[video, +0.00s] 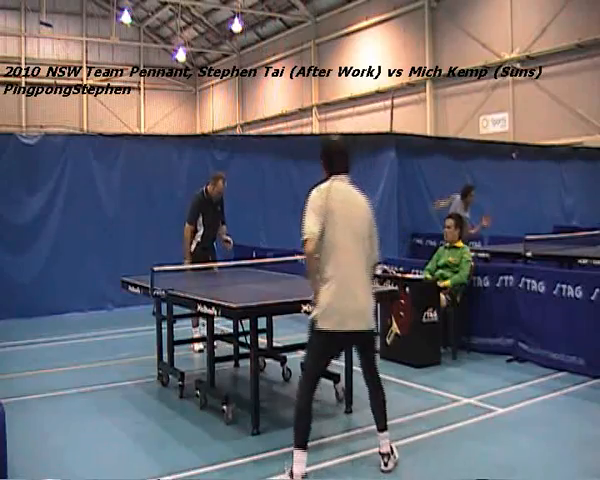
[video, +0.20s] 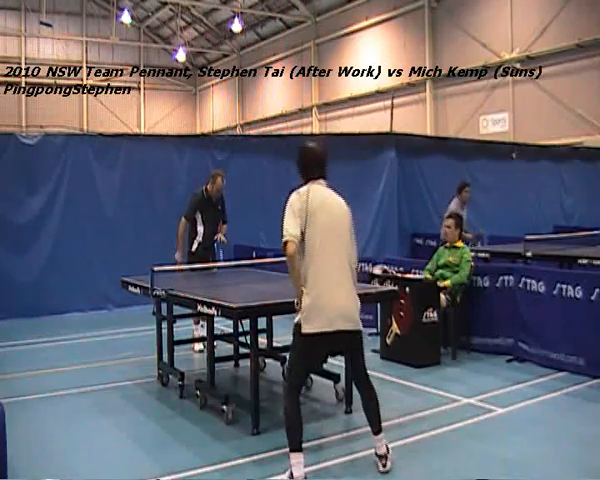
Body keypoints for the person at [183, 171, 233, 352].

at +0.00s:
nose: (220, 193)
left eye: (222, 190)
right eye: (218, 190)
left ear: (222, 189)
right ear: (210, 186)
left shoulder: (219, 199)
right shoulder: (199, 200)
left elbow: (220, 221)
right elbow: (189, 228)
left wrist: (224, 236)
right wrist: (187, 258)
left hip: (210, 247)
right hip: (196, 248)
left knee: (213, 284)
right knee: (195, 289)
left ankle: (211, 330)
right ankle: (196, 332)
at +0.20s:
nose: (219, 192)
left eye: (221, 189)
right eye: (217, 188)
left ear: (222, 188)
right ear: (209, 185)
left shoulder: (220, 200)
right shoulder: (197, 198)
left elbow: (223, 221)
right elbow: (184, 222)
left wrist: (221, 232)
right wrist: (180, 251)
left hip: (210, 250)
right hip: (195, 251)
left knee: (210, 289)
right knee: (195, 290)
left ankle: (206, 329)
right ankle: (196, 330)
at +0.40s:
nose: (220, 186)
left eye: (222, 183)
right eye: (217, 183)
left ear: (223, 183)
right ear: (209, 181)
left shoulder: (221, 199)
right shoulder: (198, 197)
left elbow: (224, 223)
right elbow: (182, 215)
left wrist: (221, 237)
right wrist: (179, 243)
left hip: (211, 250)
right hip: (196, 251)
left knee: (211, 293)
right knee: (198, 293)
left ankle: (206, 336)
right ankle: (201, 335)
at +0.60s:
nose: (219, 186)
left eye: (222, 182)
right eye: (217, 182)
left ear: (224, 183)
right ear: (209, 181)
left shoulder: (222, 200)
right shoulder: (199, 198)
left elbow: (225, 225)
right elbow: (180, 216)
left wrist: (225, 240)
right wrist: (186, 240)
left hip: (211, 251)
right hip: (197, 251)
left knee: (211, 293)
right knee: (200, 294)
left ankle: (207, 335)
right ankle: (202, 335)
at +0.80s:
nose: (218, 188)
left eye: (221, 185)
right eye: (215, 185)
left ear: (223, 185)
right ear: (208, 183)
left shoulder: (222, 200)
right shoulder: (199, 200)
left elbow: (227, 226)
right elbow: (186, 222)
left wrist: (227, 241)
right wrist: (204, 231)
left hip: (211, 250)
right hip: (197, 251)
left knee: (212, 293)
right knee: (199, 294)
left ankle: (209, 334)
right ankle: (202, 334)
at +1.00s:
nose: (217, 188)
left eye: (220, 184)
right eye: (215, 184)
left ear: (223, 183)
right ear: (208, 181)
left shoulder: (220, 198)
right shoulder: (201, 197)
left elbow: (226, 225)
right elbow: (200, 220)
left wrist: (227, 219)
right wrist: (221, 210)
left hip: (211, 250)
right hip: (197, 250)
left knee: (210, 291)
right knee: (201, 293)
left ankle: (204, 328)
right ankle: (201, 331)